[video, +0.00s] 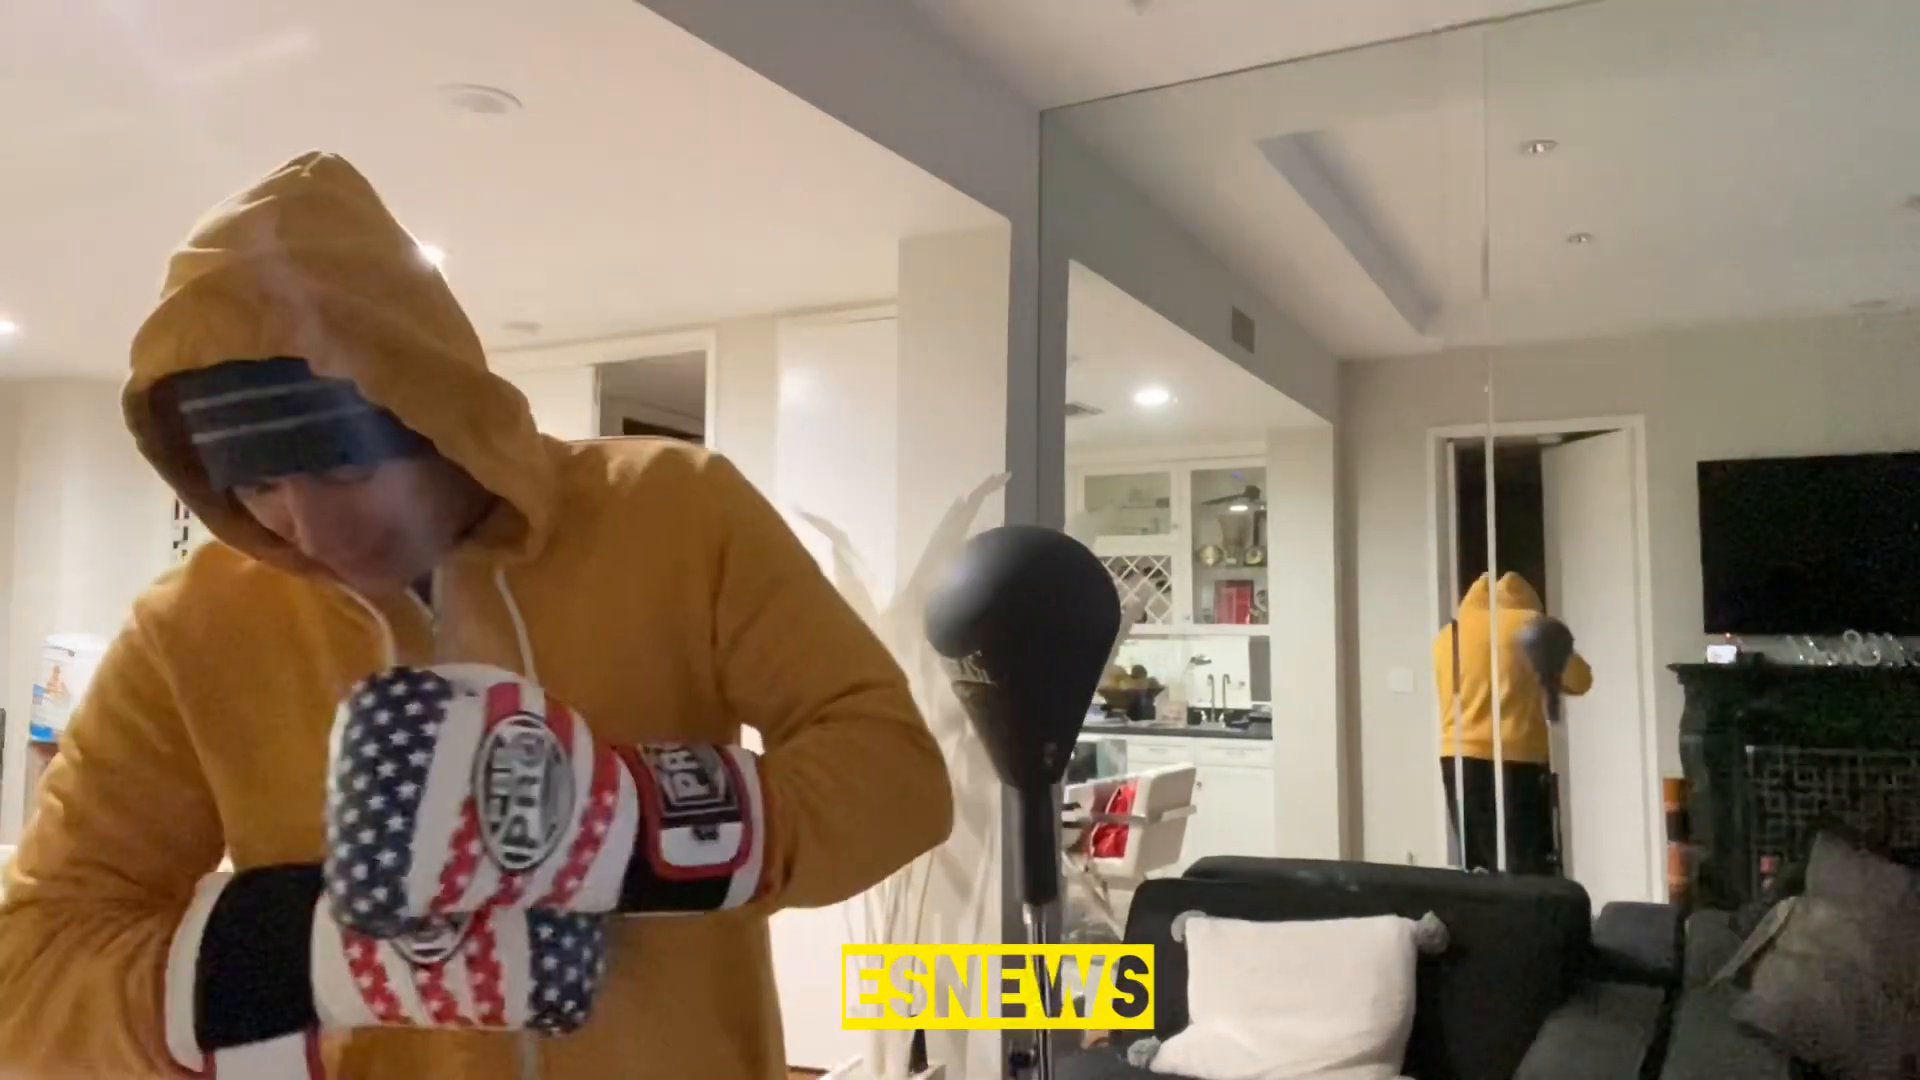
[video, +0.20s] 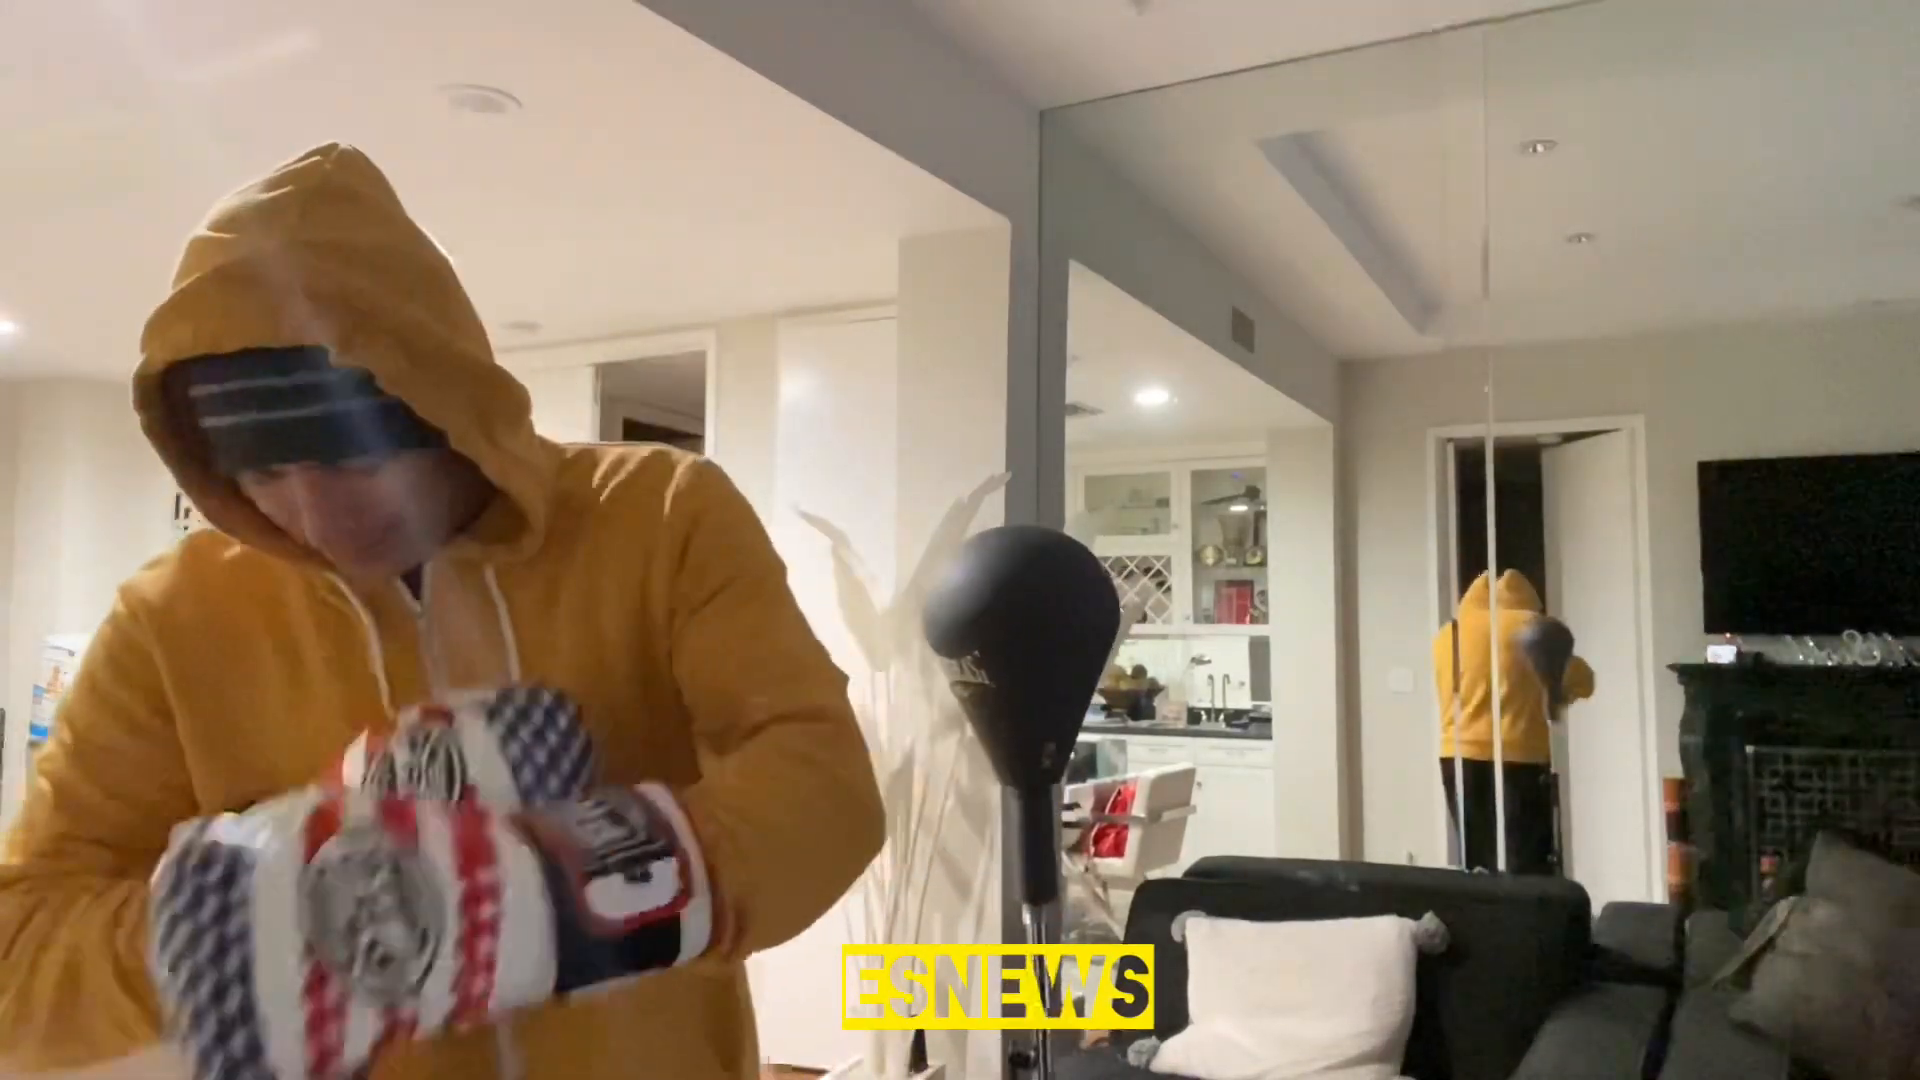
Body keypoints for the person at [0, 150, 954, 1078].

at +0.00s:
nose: (299, 525)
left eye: (330, 456)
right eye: (250, 486)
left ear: (435, 404)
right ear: (212, 486)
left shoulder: (679, 519)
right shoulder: (188, 641)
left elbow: (896, 774)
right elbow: (32, 978)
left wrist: (632, 816)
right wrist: (322, 958)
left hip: (687, 1064)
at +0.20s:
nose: (314, 513)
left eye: (347, 448)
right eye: (265, 469)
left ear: (443, 398)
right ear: (222, 470)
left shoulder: (666, 524)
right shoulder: (172, 630)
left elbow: (826, 786)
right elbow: (27, 947)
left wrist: (587, 873)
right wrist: (296, 904)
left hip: (657, 1062)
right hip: (334, 1072)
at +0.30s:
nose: (330, 500)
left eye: (365, 436)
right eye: (281, 456)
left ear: (458, 391)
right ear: (244, 463)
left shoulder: (667, 524)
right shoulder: (184, 603)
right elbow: (34, 941)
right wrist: (327, 803)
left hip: (639, 1062)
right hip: (321, 1072)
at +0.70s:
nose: (465, 466)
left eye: (509, 411)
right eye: (419, 414)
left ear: (591, 406)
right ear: (368, 417)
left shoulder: (732, 572)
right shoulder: (278, 560)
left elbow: (910, 812)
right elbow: (160, 859)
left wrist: (655, 911)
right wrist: (418, 750)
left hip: (629, 1065)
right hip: (317, 1063)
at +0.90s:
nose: (530, 480)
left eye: (572, 432)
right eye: (491, 433)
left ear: (640, 428)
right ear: (436, 430)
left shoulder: (749, 595)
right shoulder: (311, 564)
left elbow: (854, 827)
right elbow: (226, 842)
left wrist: (774, 957)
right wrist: (459, 892)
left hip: (650, 1068)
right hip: (357, 1057)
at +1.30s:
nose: (633, 511)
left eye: (672, 470)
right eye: (599, 463)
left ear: (715, 471)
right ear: (532, 447)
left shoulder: (768, 604)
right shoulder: (390, 544)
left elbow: (809, 841)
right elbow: (294, 828)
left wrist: (881, 854)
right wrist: (540, 958)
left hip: (675, 1063)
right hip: (422, 1060)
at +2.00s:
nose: (565, 510)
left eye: (607, 463)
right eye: (528, 462)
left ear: (674, 446)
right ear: (480, 449)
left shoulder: (785, 570)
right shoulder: (370, 572)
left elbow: (876, 789)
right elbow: (336, 884)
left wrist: (788, 849)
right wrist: (433, 1055)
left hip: (723, 1059)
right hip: (469, 1059)